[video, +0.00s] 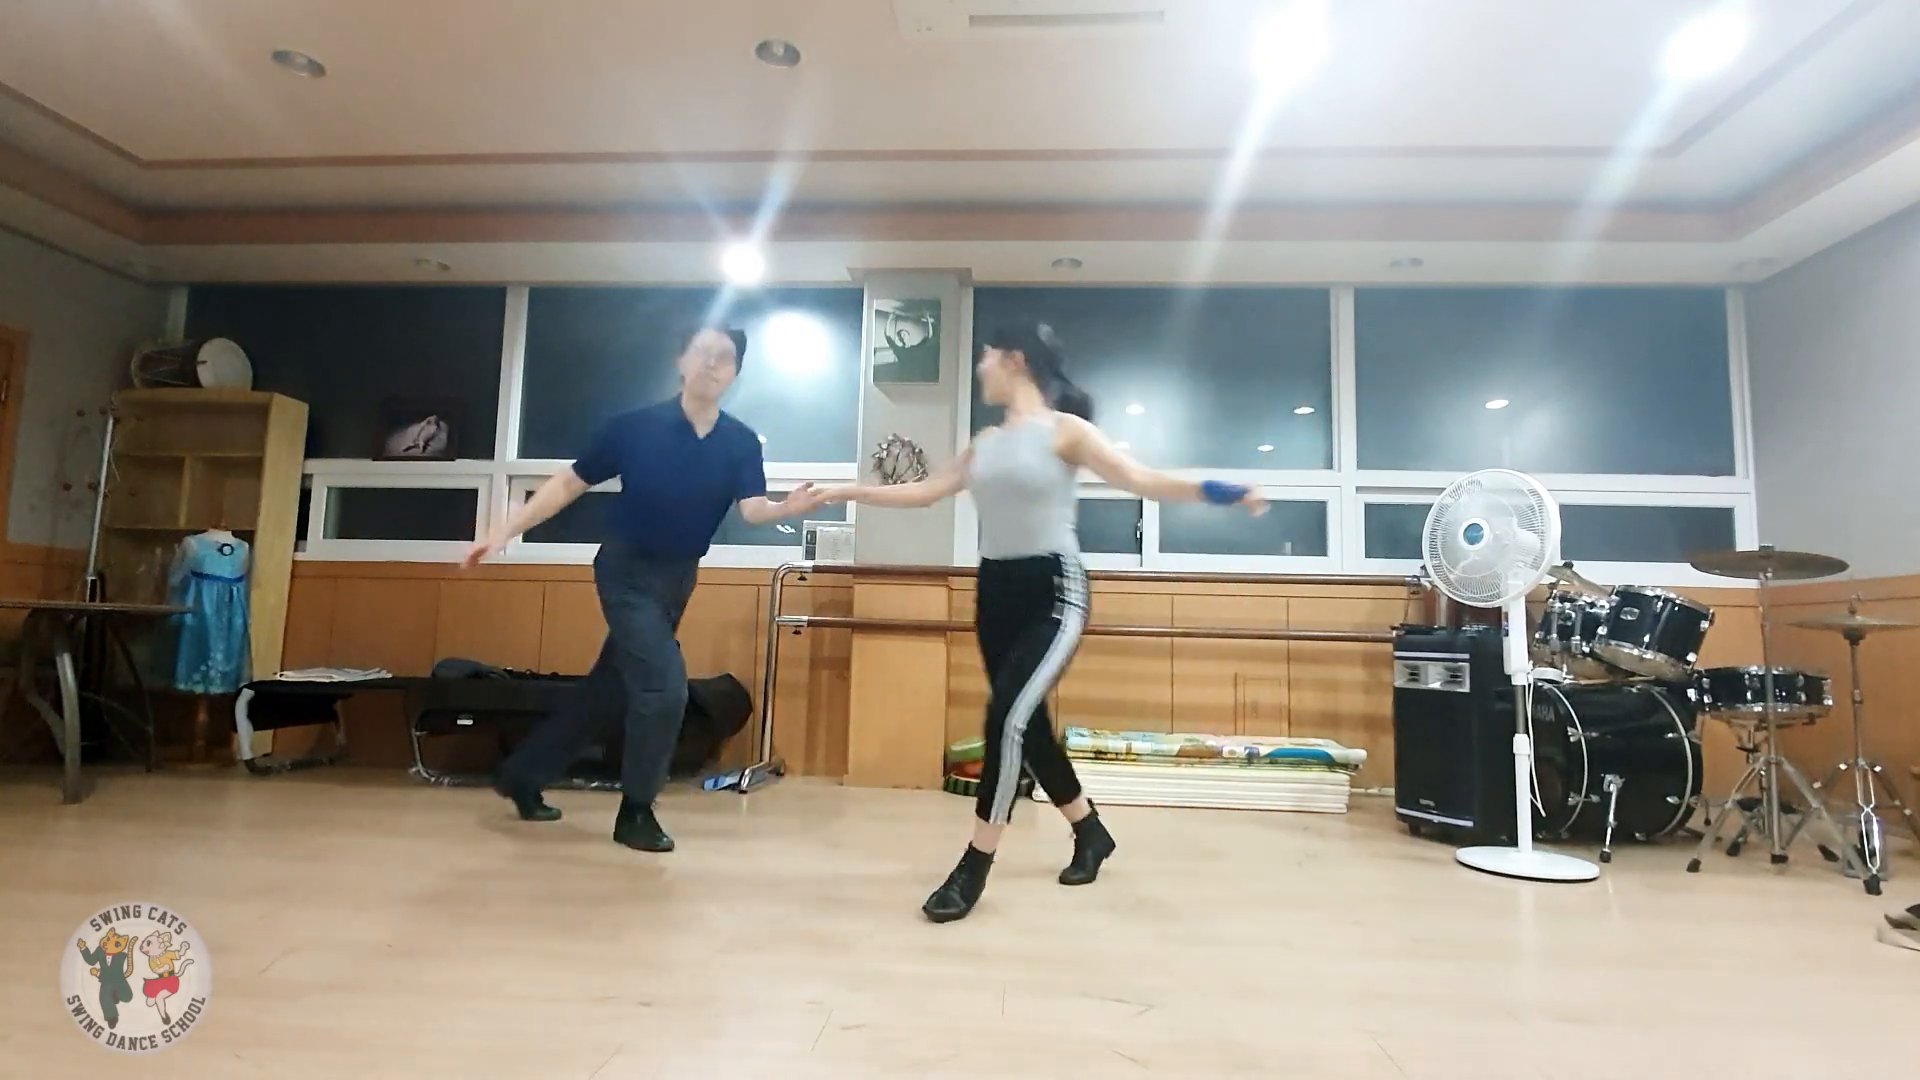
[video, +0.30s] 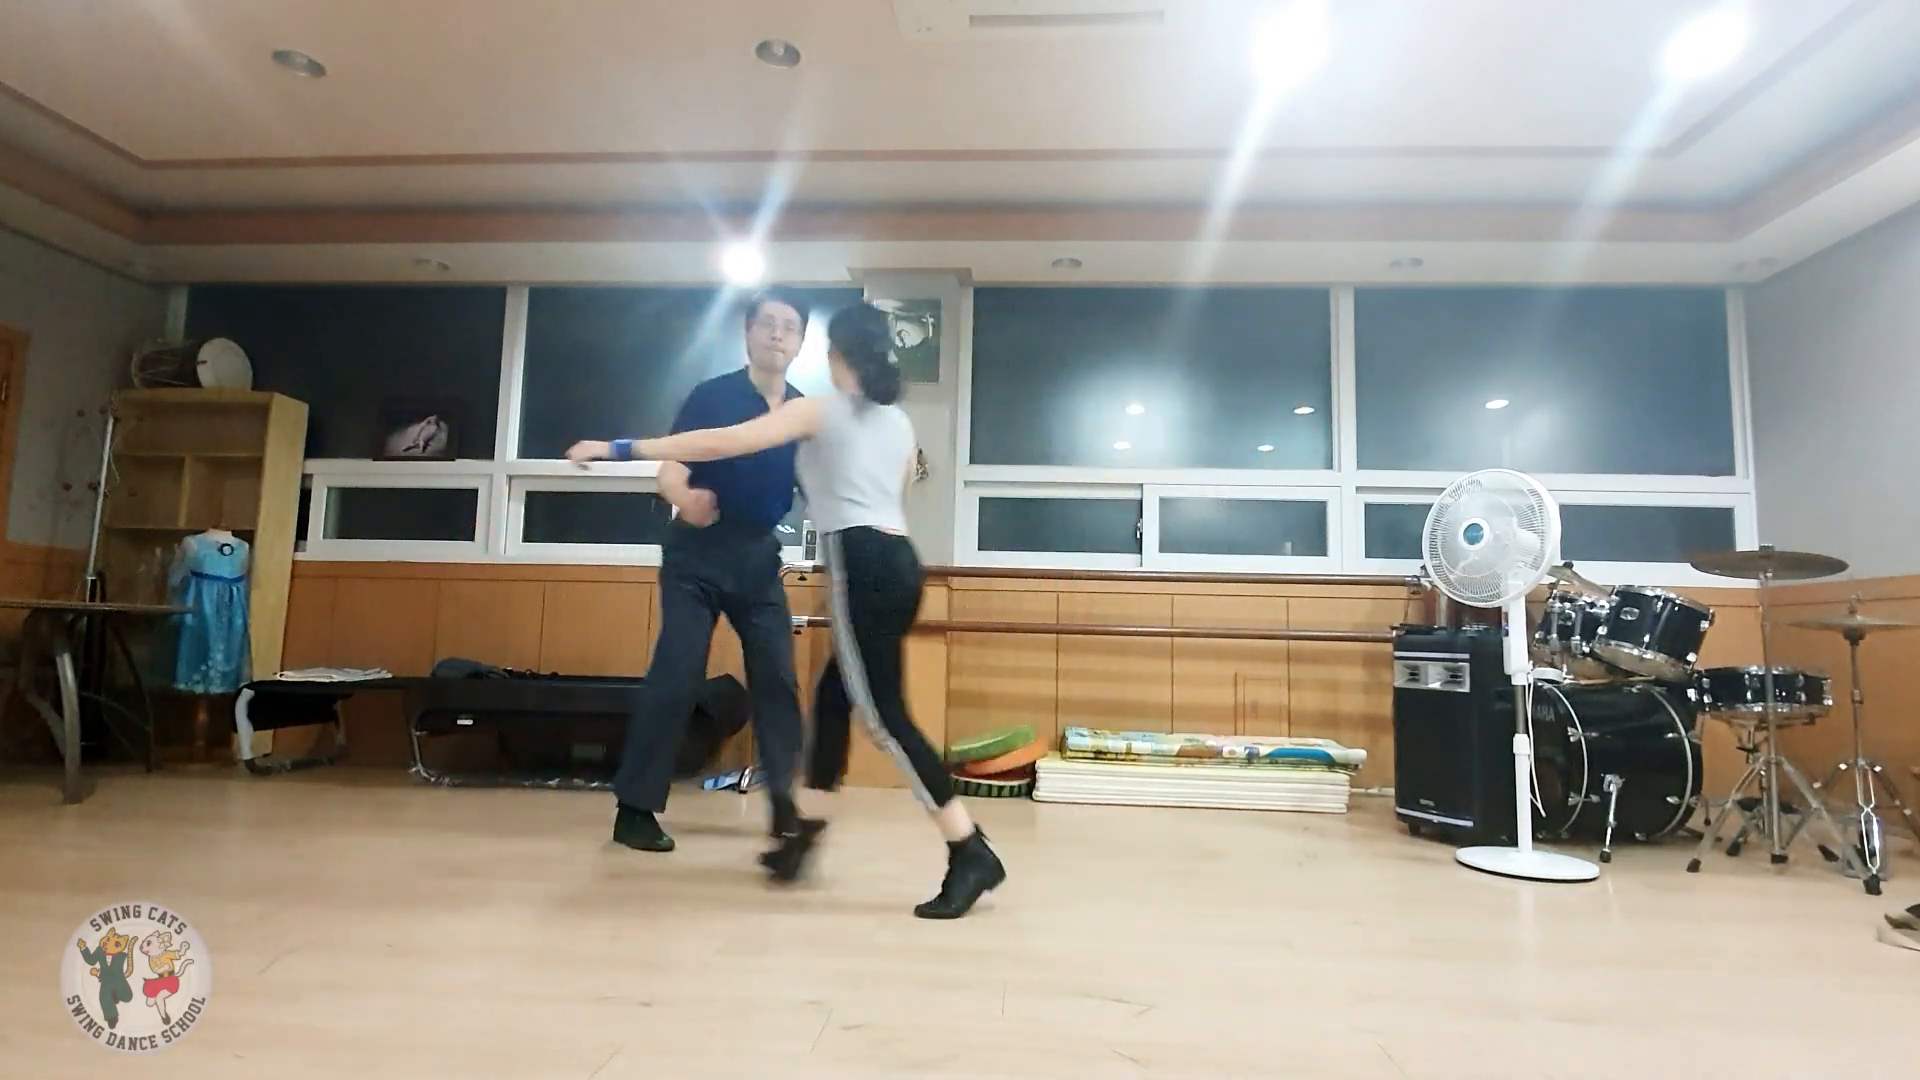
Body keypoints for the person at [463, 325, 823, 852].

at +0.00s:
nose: (710, 365)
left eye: (722, 359)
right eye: (702, 353)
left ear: (735, 375)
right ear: (680, 361)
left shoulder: (741, 444)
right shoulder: (636, 429)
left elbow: (751, 511)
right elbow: (568, 483)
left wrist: (790, 506)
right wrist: (504, 533)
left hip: (676, 582)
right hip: (626, 574)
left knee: (607, 689)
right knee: (664, 685)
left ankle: (522, 774)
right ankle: (635, 812)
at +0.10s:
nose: (731, 347)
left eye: (743, 341)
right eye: (723, 336)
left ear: (755, 357)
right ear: (700, 345)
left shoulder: (760, 429)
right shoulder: (659, 413)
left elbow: (765, 502)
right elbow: (602, 474)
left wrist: (788, 504)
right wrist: (555, 528)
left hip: (698, 568)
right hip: (646, 562)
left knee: (680, 689)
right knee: (660, 685)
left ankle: (582, 765)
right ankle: (634, 810)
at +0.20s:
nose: (752, 335)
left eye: (764, 328)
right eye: (743, 325)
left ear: (778, 341)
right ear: (723, 333)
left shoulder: (782, 415)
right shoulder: (681, 399)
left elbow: (779, 481)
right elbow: (636, 466)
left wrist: (803, 493)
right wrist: (622, 512)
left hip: (725, 560)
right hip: (666, 553)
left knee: (736, 676)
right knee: (661, 676)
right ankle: (633, 807)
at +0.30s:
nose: (777, 336)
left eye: (789, 329)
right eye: (767, 325)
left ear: (800, 342)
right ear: (746, 332)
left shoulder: (804, 412)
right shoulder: (709, 398)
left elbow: (824, 480)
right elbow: (667, 470)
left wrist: (898, 464)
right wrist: (683, 497)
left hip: (759, 562)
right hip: (695, 556)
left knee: (777, 681)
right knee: (677, 676)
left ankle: (785, 813)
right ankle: (635, 811)